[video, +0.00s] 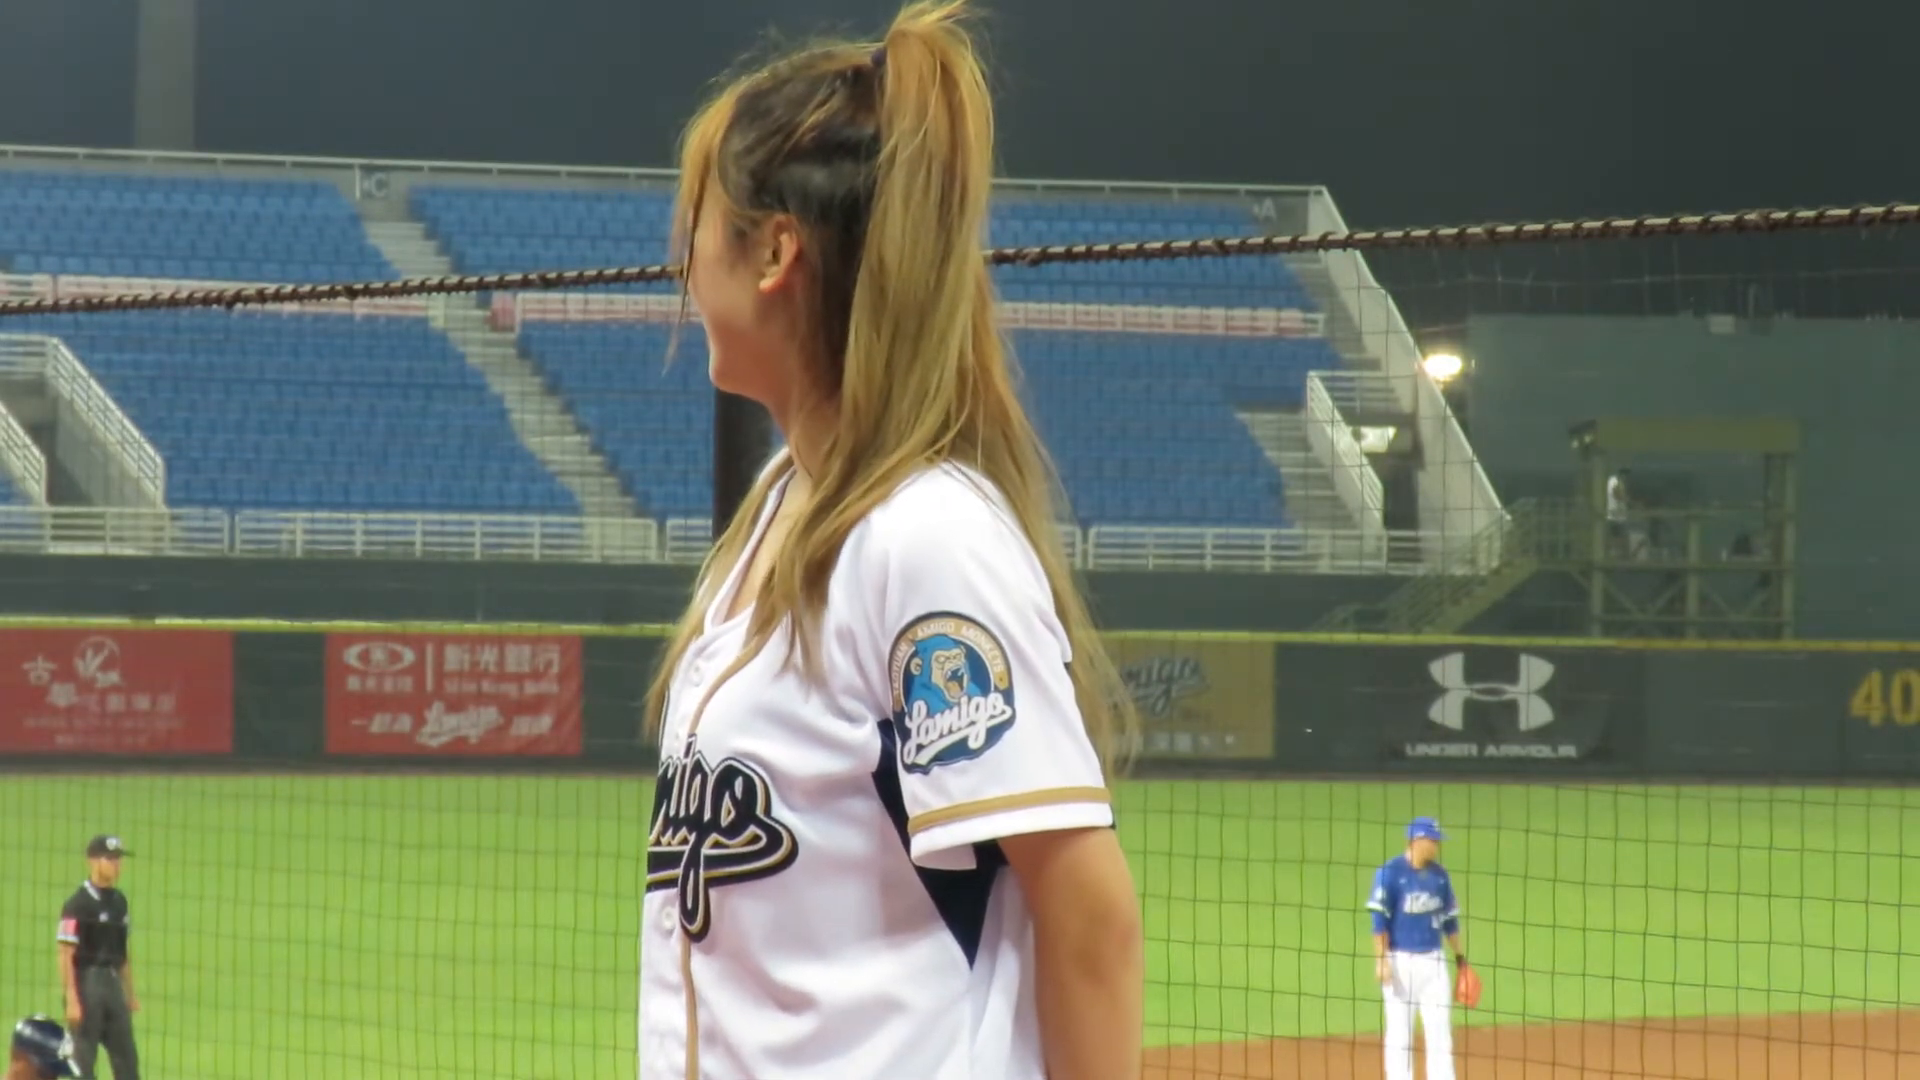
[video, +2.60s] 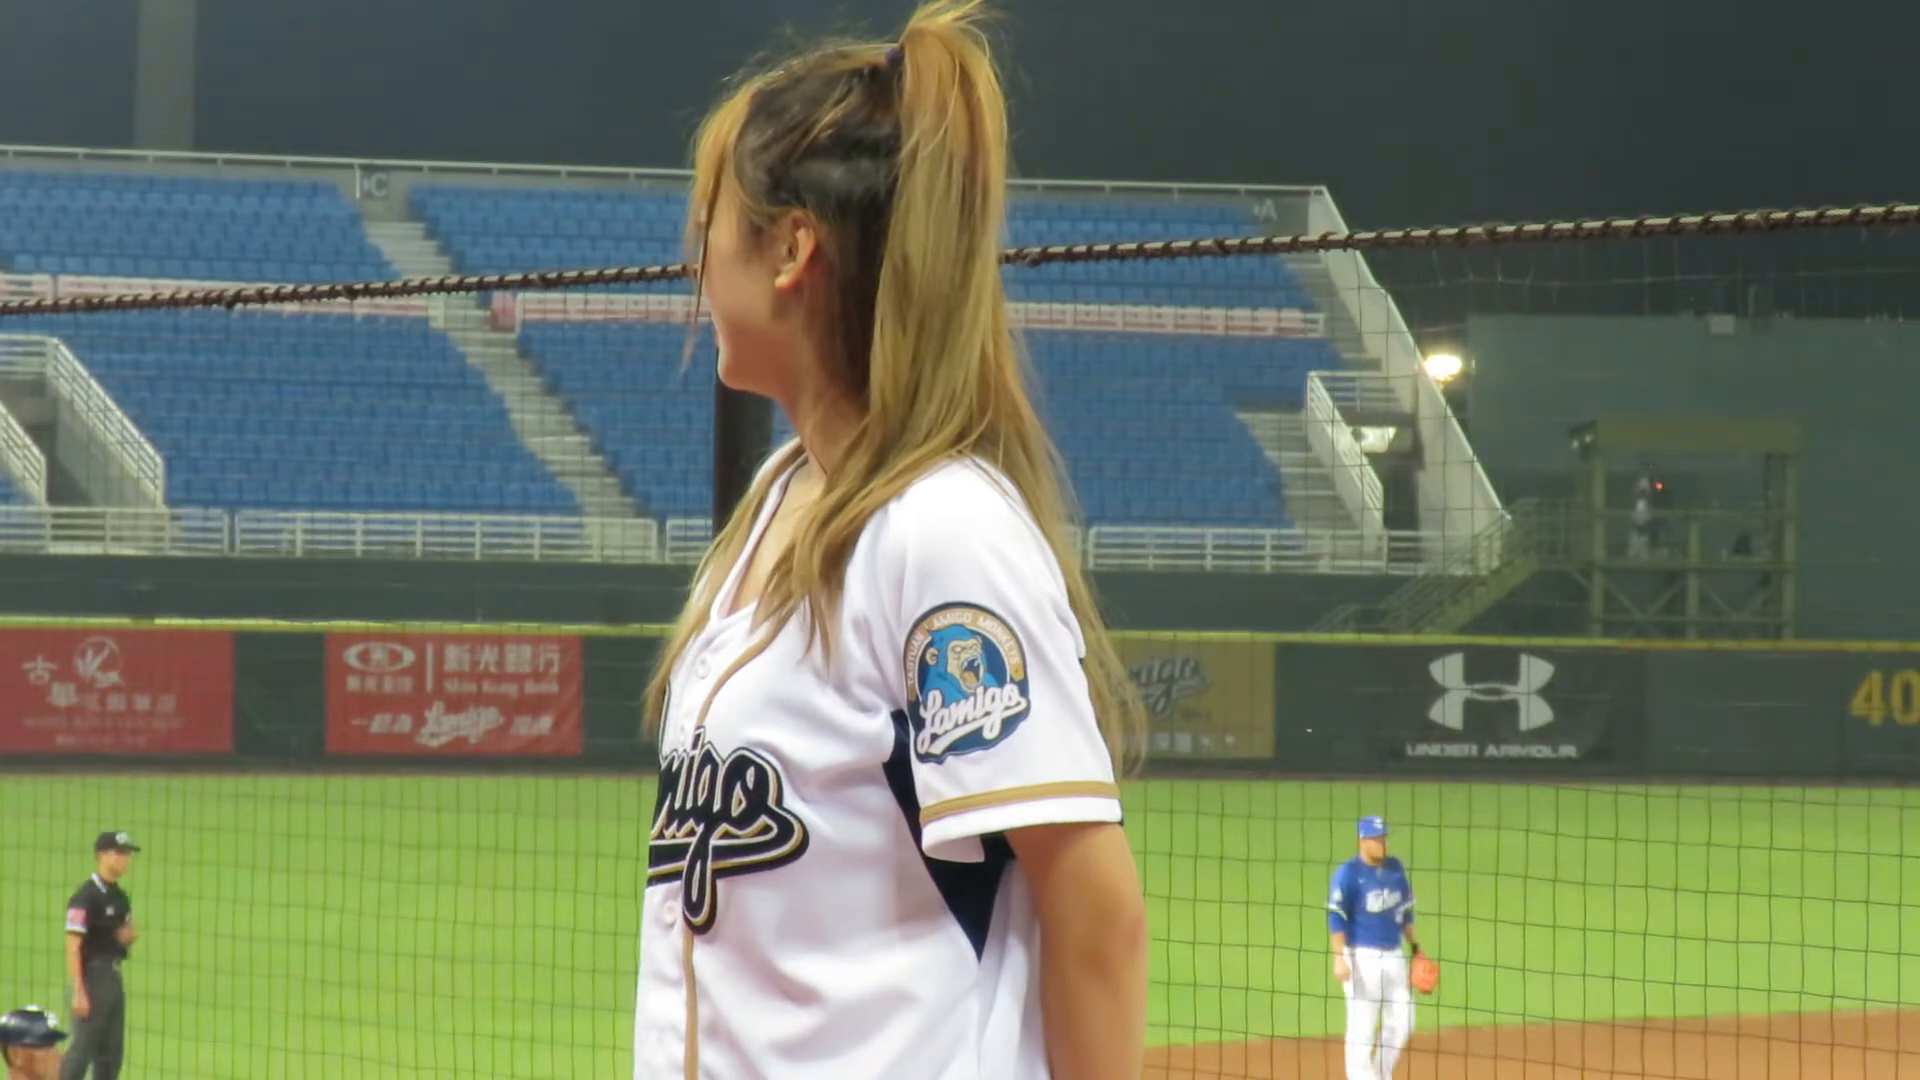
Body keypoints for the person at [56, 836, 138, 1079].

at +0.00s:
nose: (116, 866)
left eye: (117, 860)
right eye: (110, 859)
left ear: (118, 862)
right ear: (94, 861)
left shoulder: (118, 901)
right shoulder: (77, 904)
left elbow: (121, 952)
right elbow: (65, 954)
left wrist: (129, 992)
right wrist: (72, 1000)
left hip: (113, 973)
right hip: (87, 972)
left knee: (125, 1051)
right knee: (84, 1052)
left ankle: (127, 1076)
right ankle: (82, 1074)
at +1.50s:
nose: (132, 860)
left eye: (132, 854)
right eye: (127, 854)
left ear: (121, 857)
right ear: (110, 856)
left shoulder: (125, 895)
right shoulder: (95, 898)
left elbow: (130, 947)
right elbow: (87, 950)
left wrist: (141, 984)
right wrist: (108, 990)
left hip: (127, 970)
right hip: (106, 969)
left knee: (122, 1047)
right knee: (103, 1048)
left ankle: (117, 1075)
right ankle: (98, 1075)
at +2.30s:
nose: (145, 862)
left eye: (145, 856)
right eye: (141, 855)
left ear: (129, 857)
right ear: (122, 855)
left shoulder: (127, 892)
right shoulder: (102, 894)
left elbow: (117, 936)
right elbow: (89, 944)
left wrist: (139, 945)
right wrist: (95, 989)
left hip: (121, 967)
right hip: (104, 967)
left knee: (118, 1044)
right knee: (103, 1043)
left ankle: (111, 1074)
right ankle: (90, 1075)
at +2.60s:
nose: (126, 860)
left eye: (127, 854)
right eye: (121, 854)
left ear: (123, 858)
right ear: (103, 855)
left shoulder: (119, 895)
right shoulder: (85, 895)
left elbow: (126, 933)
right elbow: (73, 947)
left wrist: (127, 935)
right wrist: (79, 991)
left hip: (112, 967)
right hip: (92, 967)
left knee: (110, 1047)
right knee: (84, 1044)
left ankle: (106, 1074)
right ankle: (68, 1075)